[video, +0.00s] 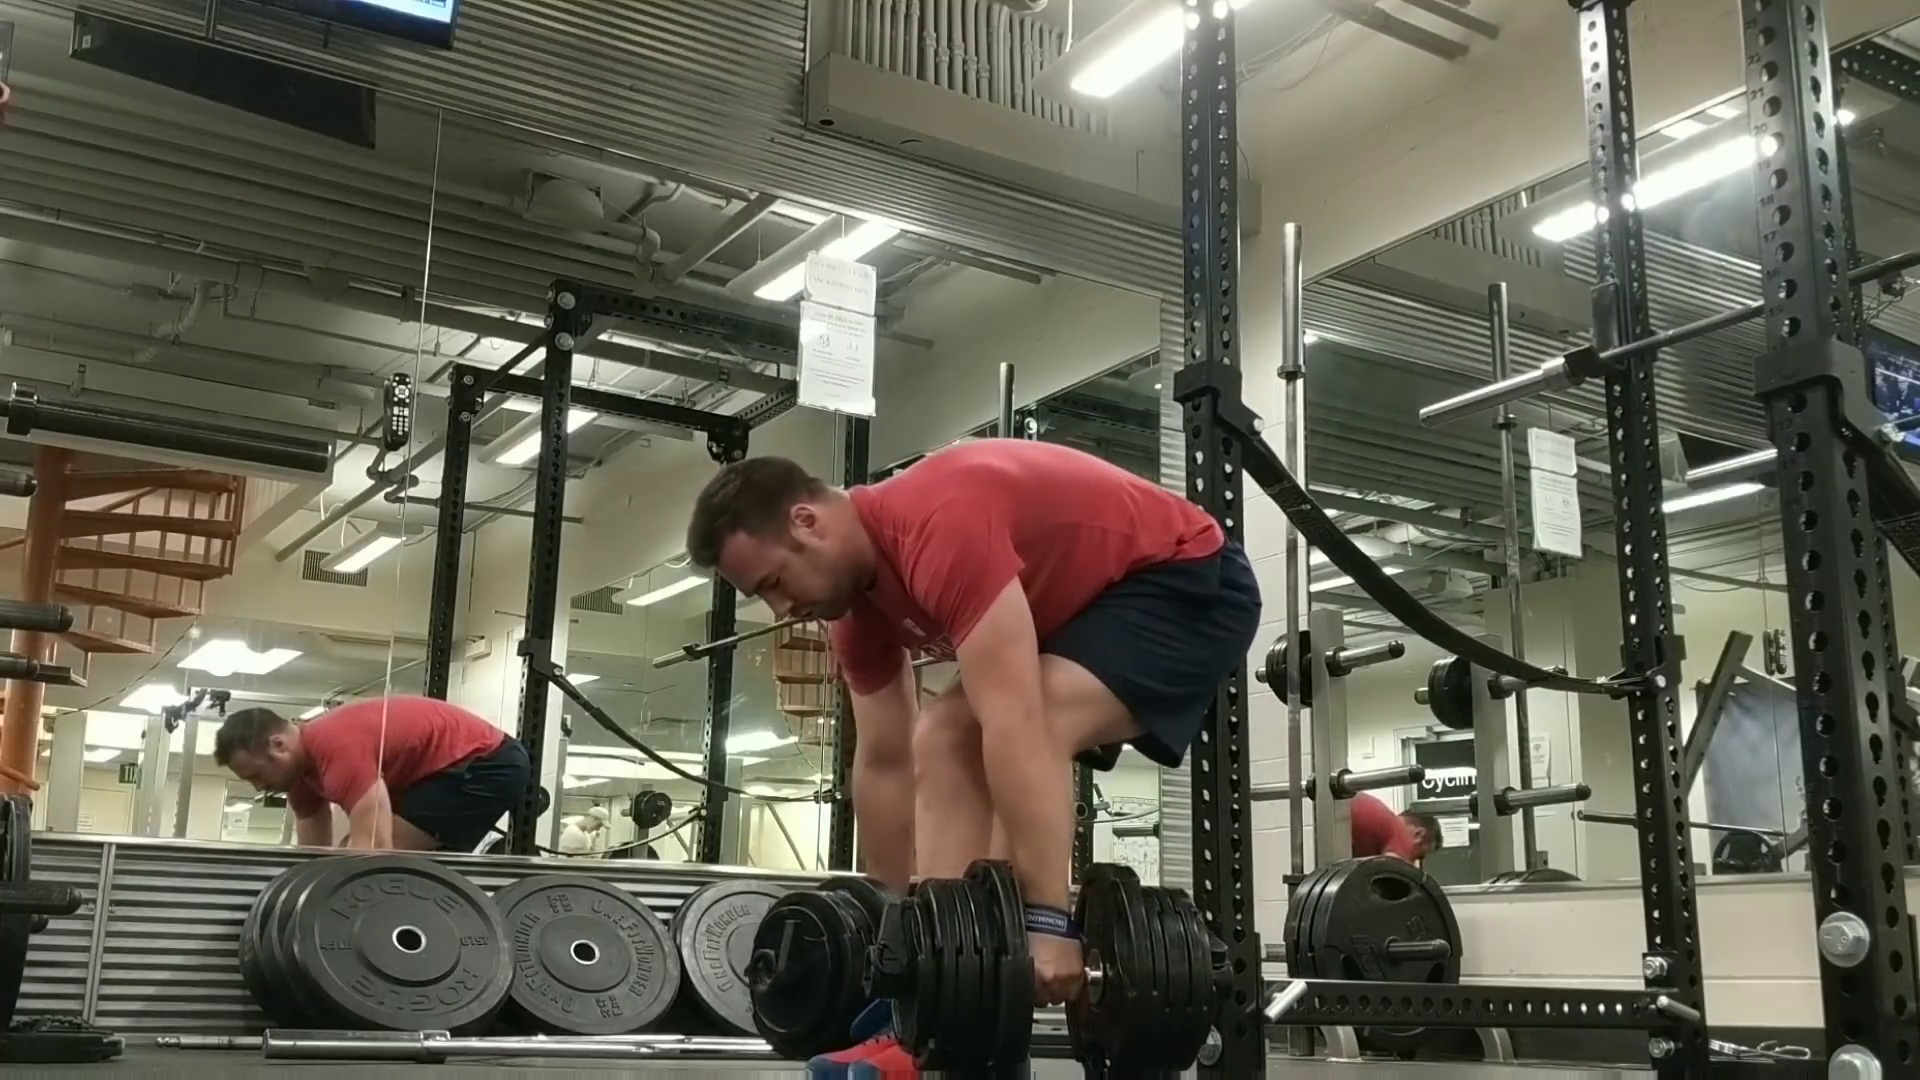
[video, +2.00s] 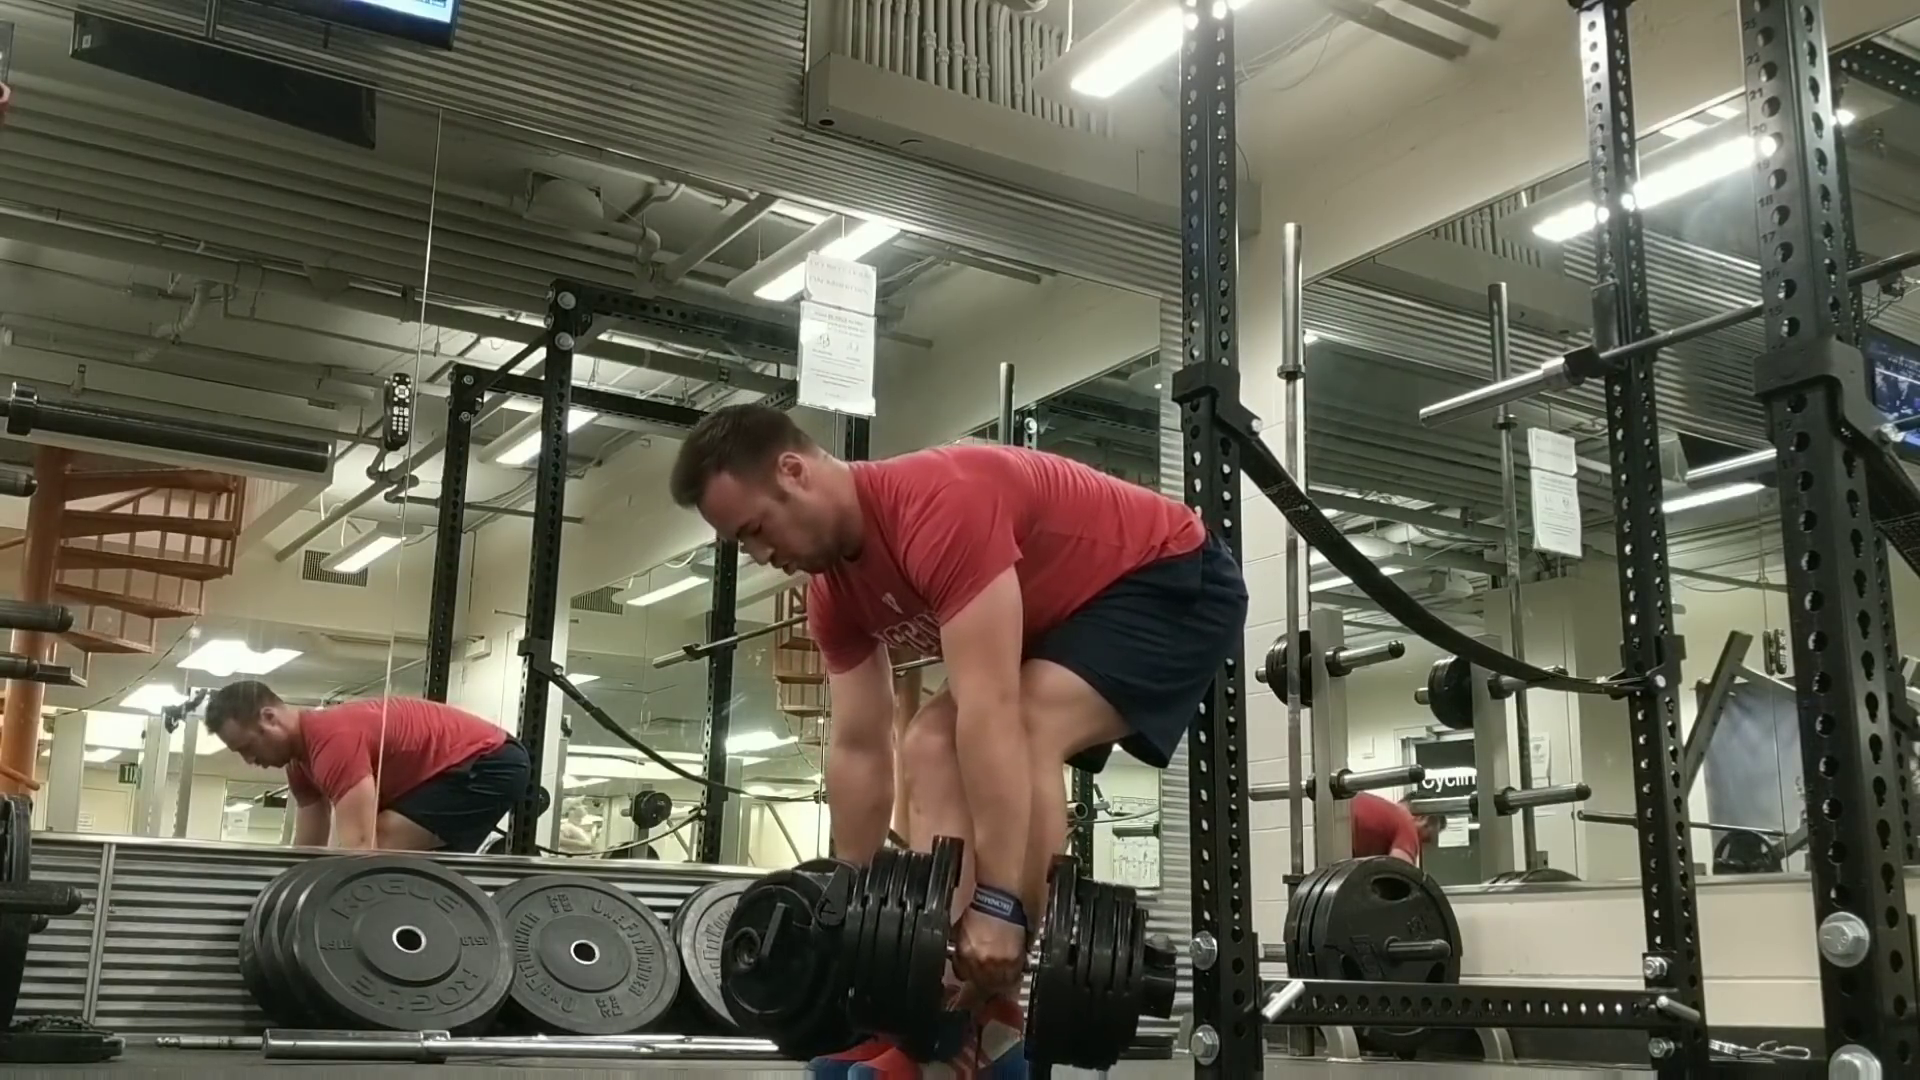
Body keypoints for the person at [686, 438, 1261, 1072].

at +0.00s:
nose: (778, 610)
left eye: (772, 584)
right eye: (761, 597)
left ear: (807, 523)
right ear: (806, 523)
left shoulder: (947, 525)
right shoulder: (859, 608)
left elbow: (1018, 722)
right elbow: (883, 764)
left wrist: (1049, 920)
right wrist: (886, 944)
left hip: (1186, 584)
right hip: (1082, 613)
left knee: (1021, 728)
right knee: (944, 730)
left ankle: (976, 1025)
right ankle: (918, 1007)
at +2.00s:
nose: (757, 557)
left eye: (755, 530)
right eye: (742, 545)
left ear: (797, 470)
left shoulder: (944, 505)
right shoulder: (837, 591)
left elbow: (992, 703)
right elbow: (858, 746)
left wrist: (1001, 905)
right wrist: (850, 912)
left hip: (1169, 581)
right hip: (1062, 615)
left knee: (1021, 725)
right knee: (929, 738)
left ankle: (994, 1024)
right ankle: (927, 1021)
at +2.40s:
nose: (773, 510)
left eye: (767, 484)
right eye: (756, 499)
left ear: (804, 423)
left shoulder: (952, 456)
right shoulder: (846, 538)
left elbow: (1043, 624)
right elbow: (883, 684)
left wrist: (1040, 808)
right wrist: (876, 844)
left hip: (1166, 578)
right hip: (1054, 603)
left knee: (1009, 732)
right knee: (942, 733)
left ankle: (993, 1020)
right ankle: (943, 1003)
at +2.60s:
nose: (796, 478)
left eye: (788, 455)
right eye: (778, 471)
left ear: (816, 391)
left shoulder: (967, 412)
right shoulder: (857, 509)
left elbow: (1094, 548)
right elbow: (906, 631)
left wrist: (1088, 721)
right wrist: (896, 769)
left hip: (1163, 572)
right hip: (1040, 604)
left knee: (1020, 764)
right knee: (948, 757)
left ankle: (988, 1020)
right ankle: (941, 1004)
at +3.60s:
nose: (794, 482)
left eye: (785, 459)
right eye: (775, 475)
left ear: (812, 394)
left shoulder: (965, 420)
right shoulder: (853, 512)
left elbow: (1026, 602)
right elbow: (874, 665)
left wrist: (1029, 786)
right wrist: (864, 821)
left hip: (1164, 574)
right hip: (1053, 603)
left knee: (1018, 741)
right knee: (930, 747)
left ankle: (991, 1018)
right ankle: (942, 1000)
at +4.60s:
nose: (819, 453)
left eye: (810, 432)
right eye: (800, 447)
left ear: (834, 366)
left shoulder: (985, 382)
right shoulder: (865, 475)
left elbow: (1107, 524)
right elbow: (915, 595)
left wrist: (1097, 691)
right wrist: (904, 735)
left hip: (1159, 563)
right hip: (1038, 594)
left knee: (1026, 752)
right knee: (956, 746)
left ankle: (991, 1014)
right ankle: (942, 1000)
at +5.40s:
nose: (808, 477)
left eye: (798, 457)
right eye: (790, 471)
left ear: (823, 390)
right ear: (823, 393)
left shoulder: (976, 407)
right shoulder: (857, 493)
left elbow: (1051, 590)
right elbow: (885, 641)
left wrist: (1055, 774)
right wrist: (872, 794)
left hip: (1163, 570)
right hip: (1043, 596)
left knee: (1028, 743)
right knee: (947, 746)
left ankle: (989, 1018)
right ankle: (944, 999)